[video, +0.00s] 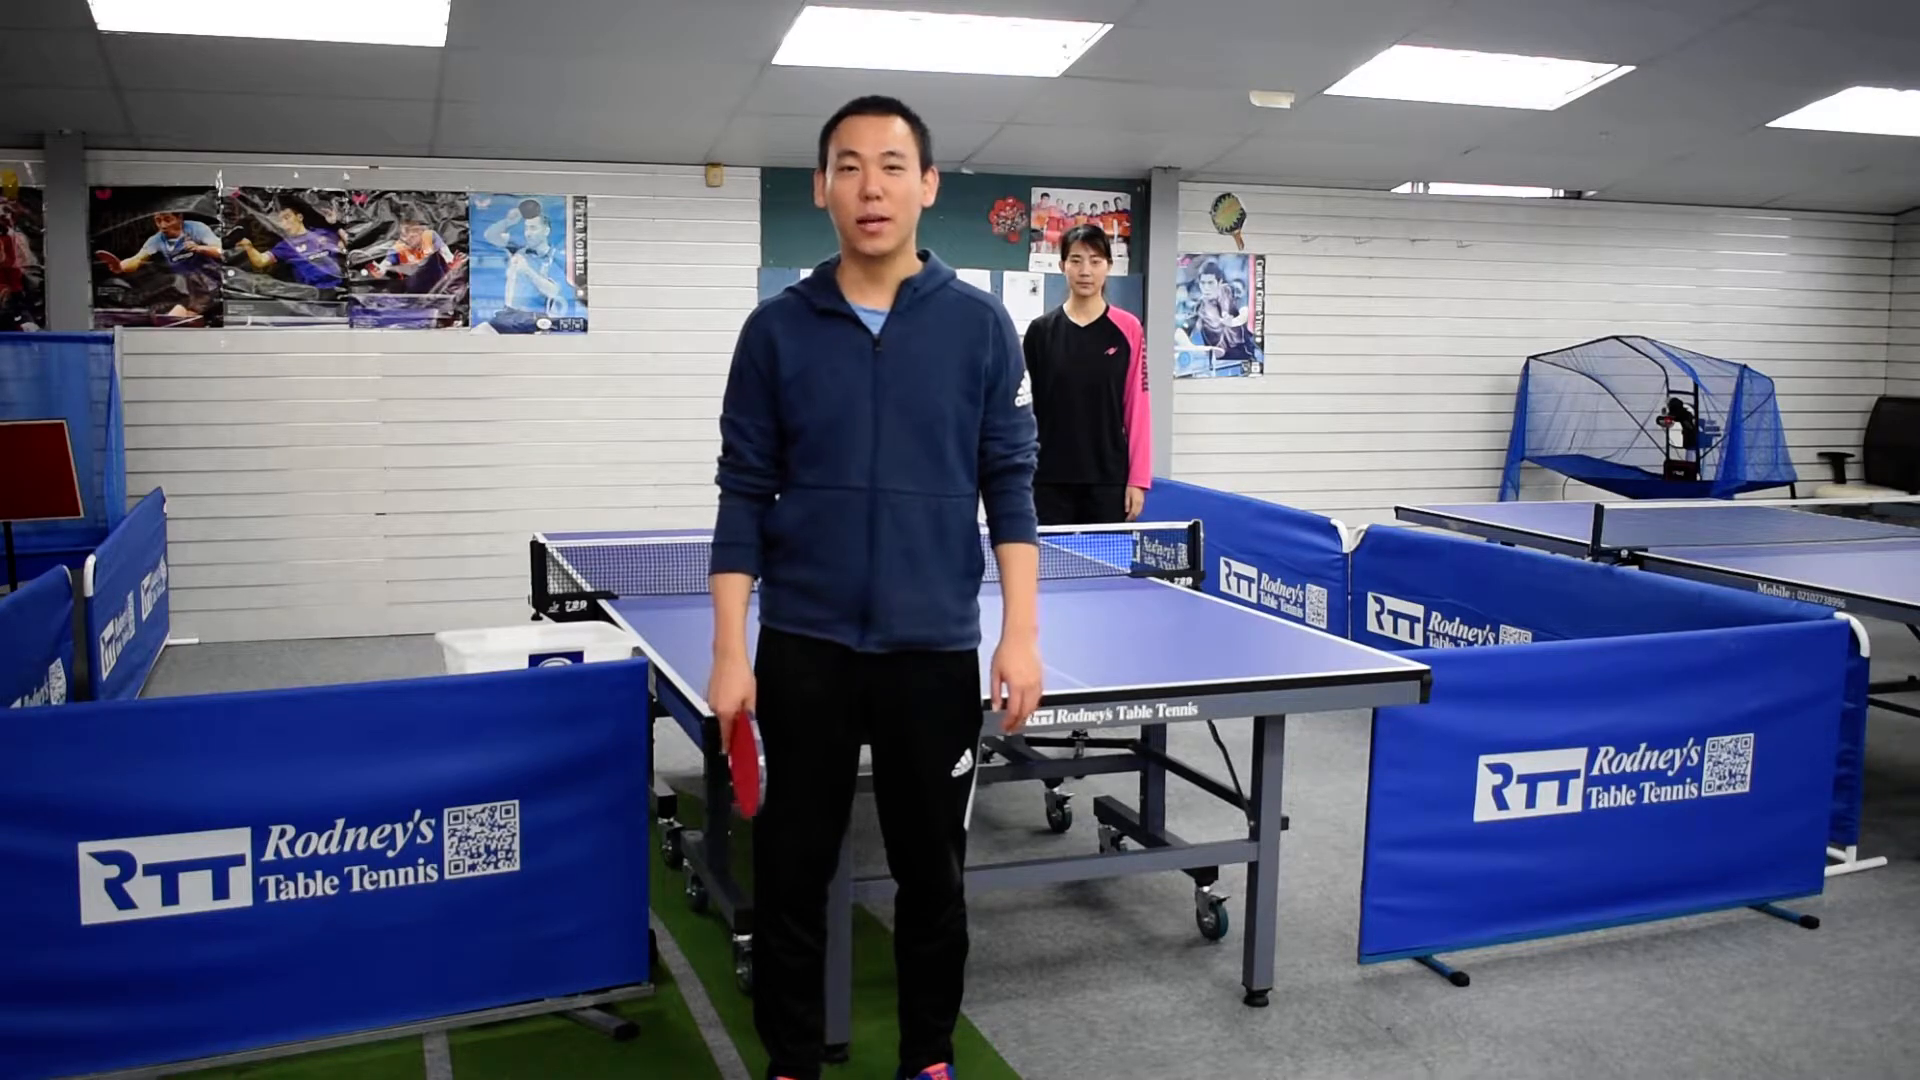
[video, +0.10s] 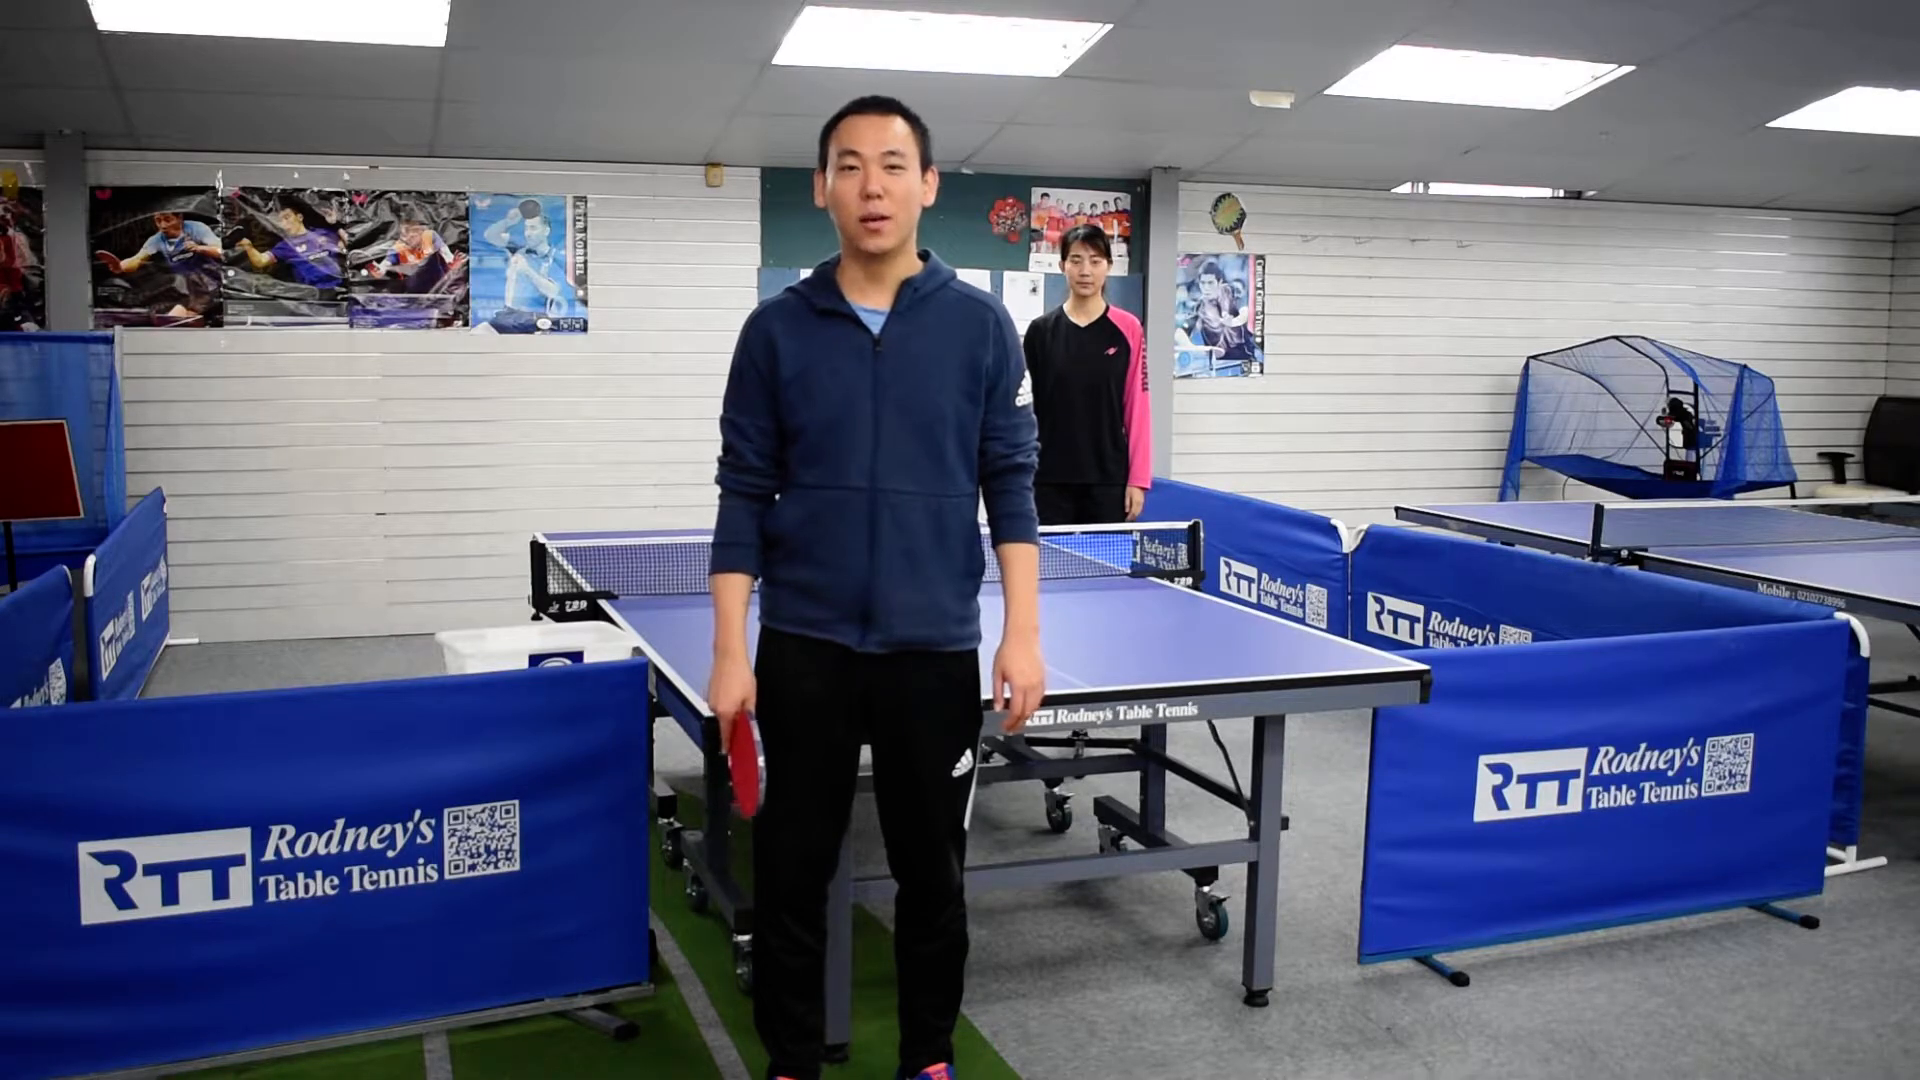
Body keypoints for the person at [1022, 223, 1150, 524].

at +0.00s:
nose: (1085, 271)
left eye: (1095, 262)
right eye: (1076, 261)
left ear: (1108, 268)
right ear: (1063, 266)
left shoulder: (1128, 329)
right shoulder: (1040, 331)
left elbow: (1137, 407)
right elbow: (1023, 405)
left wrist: (1138, 479)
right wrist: (1021, 478)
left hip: (1108, 482)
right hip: (1050, 481)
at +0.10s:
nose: (1085, 271)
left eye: (1095, 262)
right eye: (1076, 261)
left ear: (1108, 268)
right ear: (1063, 266)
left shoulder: (1128, 329)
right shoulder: (1040, 331)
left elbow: (1137, 407)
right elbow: (1023, 405)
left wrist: (1138, 479)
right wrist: (1021, 478)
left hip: (1108, 482)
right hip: (1050, 481)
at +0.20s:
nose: (1085, 271)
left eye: (1095, 262)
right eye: (1076, 261)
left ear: (1108, 267)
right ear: (1063, 266)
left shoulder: (1128, 330)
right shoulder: (1039, 331)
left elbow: (1137, 407)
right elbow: (1023, 405)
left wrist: (1138, 479)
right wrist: (1022, 478)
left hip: (1108, 482)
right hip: (1050, 481)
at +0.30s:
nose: (1085, 271)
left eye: (1095, 262)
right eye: (1076, 261)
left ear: (1108, 268)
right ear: (1063, 266)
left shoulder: (1128, 329)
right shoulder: (1039, 331)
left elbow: (1137, 407)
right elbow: (1023, 405)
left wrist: (1138, 479)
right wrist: (1021, 477)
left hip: (1108, 482)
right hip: (1050, 481)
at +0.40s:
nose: (1085, 271)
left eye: (1095, 262)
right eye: (1076, 261)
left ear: (1108, 267)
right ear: (1063, 266)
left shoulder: (1128, 330)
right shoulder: (1040, 331)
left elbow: (1137, 407)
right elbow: (1023, 404)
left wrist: (1138, 479)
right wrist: (1021, 477)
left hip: (1107, 482)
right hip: (1050, 481)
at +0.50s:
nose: (1085, 271)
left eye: (1095, 262)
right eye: (1076, 261)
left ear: (1108, 268)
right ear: (1063, 266)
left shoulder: (1128, 329)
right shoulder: (1040, 331)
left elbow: (1137, 407)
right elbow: (1023, 404)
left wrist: (1138, 479)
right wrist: (1021, 477)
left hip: (1107, 482)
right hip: (1050, 481)